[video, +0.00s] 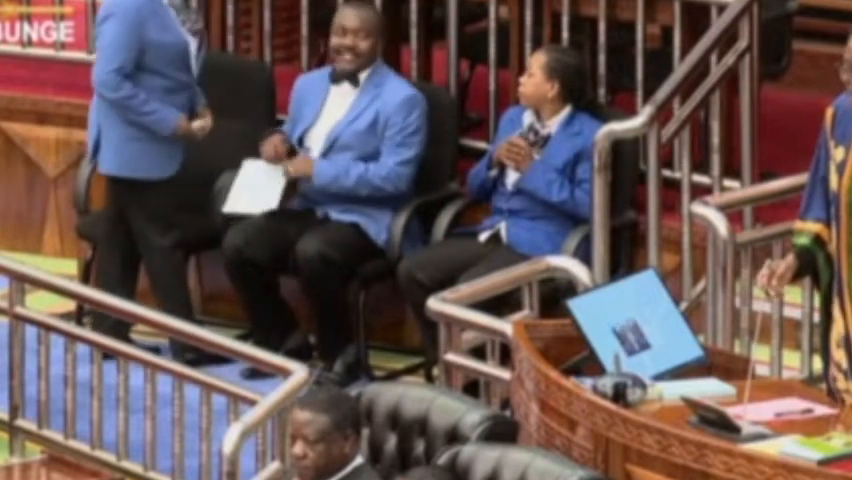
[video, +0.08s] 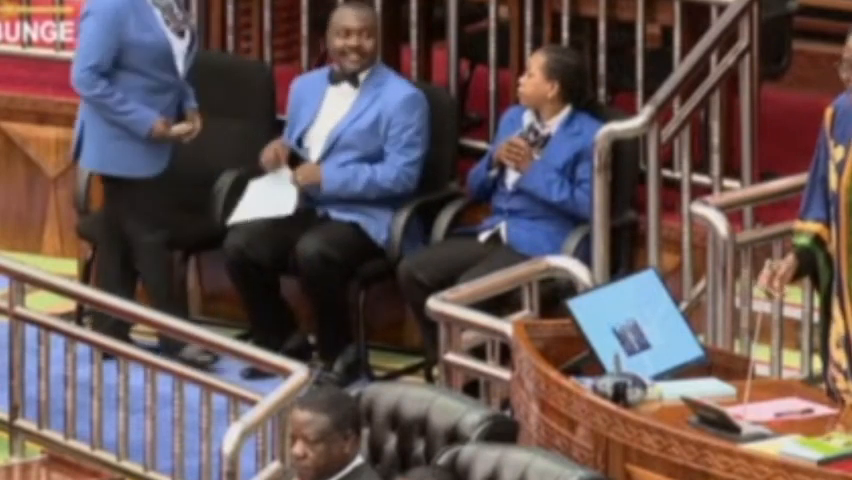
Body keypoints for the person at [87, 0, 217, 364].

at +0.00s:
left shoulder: (160, 9)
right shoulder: (127, 8)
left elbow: (176, 69)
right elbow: (108, 80)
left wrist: (198, 104)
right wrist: (172, 122)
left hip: (148, 151)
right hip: (135, 153)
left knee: (120, 248)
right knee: (163, 248)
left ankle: (111, 334)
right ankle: (186, 340)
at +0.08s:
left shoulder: (180, 8)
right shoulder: (112, 8)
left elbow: (177, 65)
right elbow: (86, 77)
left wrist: (190, 105)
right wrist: (148, 122)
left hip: (154, 145)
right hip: (121, 147)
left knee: (118, 241)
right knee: (152, 240)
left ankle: (110, 330)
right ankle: (174, 336)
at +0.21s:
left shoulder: (177, 8)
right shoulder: (107, 9)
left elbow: (176, 62)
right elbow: (81, 78)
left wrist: (186, 102)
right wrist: (143, 123)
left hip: (151, 143)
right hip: (114, 144)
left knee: (118, 238)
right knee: (144, 237)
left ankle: (108, 326)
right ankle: (160, 332)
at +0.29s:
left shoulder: (177, 8)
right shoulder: (105, 9)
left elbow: (177, 62)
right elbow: (78, 79)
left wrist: (186, 103)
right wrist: (139, 125)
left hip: (149, 144)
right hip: (109, 145)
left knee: (122, 240)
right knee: (133, 240)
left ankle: (107, 331)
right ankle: (146, 334)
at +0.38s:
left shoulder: (176, 7)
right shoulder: (103, 9)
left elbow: (177, 60)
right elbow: (75, 80)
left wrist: (187, 106)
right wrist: (133, 126)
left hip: (148, 146)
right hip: (106, 147)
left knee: (128, 241)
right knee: (125, 243)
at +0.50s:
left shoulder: (179, 7)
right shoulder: (101, 11)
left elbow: (179, 64)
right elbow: (71, 81)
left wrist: (190, 113)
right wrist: (125, 131)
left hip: (149, 147)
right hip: (104, 148)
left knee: (123, 242)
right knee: (125, 244)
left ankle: (108, 332)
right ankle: (143, 336)